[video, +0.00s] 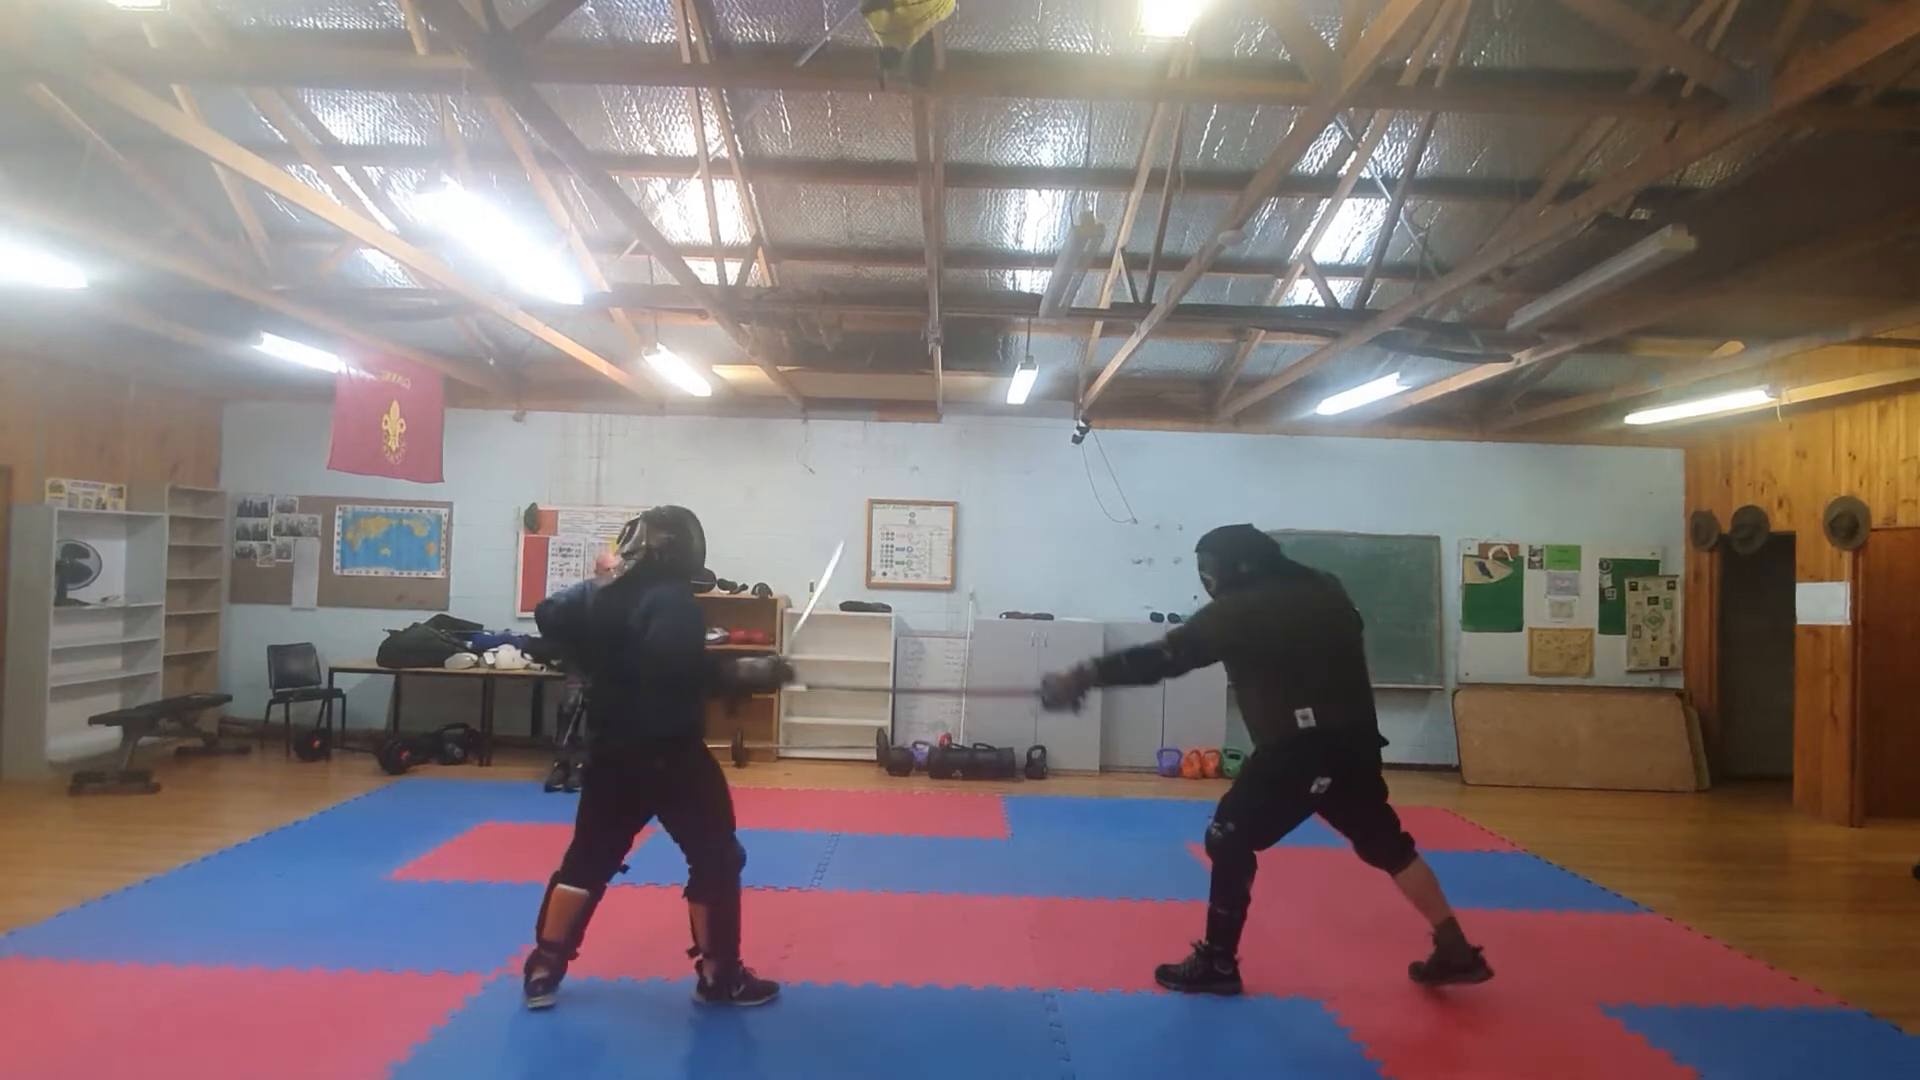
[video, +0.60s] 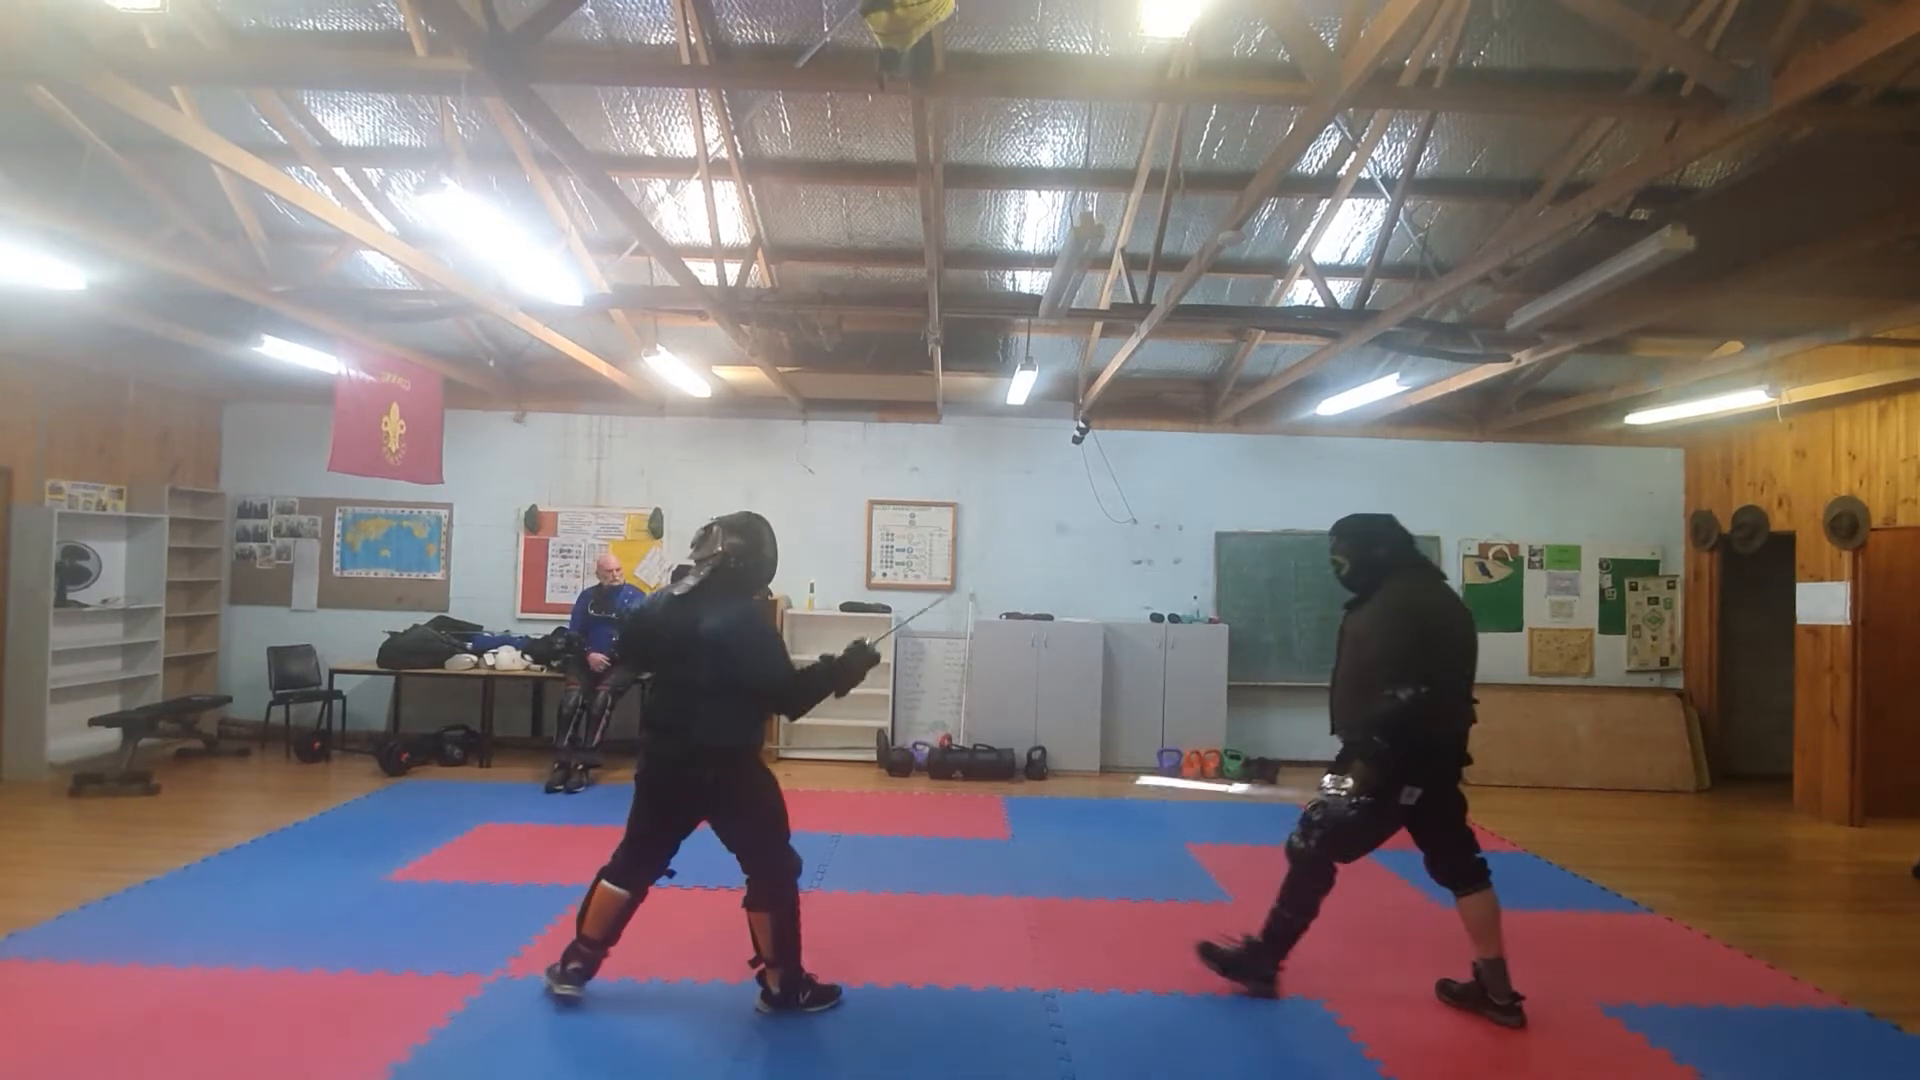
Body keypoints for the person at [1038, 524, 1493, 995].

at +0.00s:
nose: (1206, 588)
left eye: (1208, 576)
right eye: (1205, 577)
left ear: (1231, 569)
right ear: (1264, 558)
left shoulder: (1235, 610)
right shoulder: (1326, 589)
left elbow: (1165, 657)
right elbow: (1351, 645)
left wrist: (1086, 675)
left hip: (1290, 752)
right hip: (1354, 743)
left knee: (1230, 840)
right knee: (1390, 846)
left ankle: (1217, 960)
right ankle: (1456, 947)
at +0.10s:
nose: (1212, 586)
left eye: (1213, 575)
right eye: (1209, 576)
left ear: (1233, 566)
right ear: (1267, 556)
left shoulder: (1239, 610)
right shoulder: (1325, 589)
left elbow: (1195, 687)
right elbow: (1355, 641)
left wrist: (1120, 723)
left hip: (1292, 748)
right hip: (1354, 741)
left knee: (1228, 838)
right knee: (1391, 841)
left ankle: (1217, 960)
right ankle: (1469, 939)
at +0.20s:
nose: (1224, 585)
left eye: (1224, 574)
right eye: (1221, 574)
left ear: (1244, 569)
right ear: (1278, 558)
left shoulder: (1259, 614)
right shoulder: (1335, 590)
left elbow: (1241, 702)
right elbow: (1363, 647)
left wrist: (1178, 753)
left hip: (1291, 756)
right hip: (1354, 748)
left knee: (1229, 840)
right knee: (1398, 848)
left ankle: (1218, 960)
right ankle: (1471, 950)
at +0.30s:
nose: (1245, 583)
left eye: (1249, 572)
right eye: (1243, 573)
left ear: (1273, 567)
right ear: (1301, 559)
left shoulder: (1284, 618)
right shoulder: (1359, 600)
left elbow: (1282, 713)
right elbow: (1371, 696)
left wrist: (1232, 773)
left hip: (1304, 765)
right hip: (1365, 763)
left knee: (1237, 844)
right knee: (1407, 862)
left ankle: (1219, 960)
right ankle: (1479, 967)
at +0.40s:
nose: (1277, 583)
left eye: (1282, 572)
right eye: (1276, 573)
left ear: (1309, 568)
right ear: (1332, 561)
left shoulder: (1317, 622)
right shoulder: (1387, 609)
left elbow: (1311, 714)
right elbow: (1400, 710)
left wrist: (1291, 776)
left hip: (1331, 777)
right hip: (1388, 778)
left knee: (1260, 849)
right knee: (1430, 871)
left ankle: (1221, 961)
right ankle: (1490, 984)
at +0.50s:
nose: (1311, 580)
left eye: (1316, 569)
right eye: (1308, 570)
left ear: (1347, 562)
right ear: (1368, 558)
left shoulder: (1347, 620)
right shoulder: (1421, 610)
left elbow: (1332, 713)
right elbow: (1429, 700)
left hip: (1359, 775)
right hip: (1415, 774)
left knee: (1293, 860)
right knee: (1452, 870)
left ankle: (1234, 958)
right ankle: (1495, 986)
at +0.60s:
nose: (1337, 569)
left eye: (1342, 558)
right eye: (1335, 559)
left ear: (1373, 553)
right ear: (1387, 550)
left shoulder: (1386, 604)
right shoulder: (1441, 601)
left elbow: (1392, 689)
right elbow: (1449, 693)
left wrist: (1367, 753)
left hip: (1386, 762)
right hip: (1431, 763)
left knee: (1315, 846)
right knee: (1461, 866)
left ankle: (1265, 956)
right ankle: (1495, 986)